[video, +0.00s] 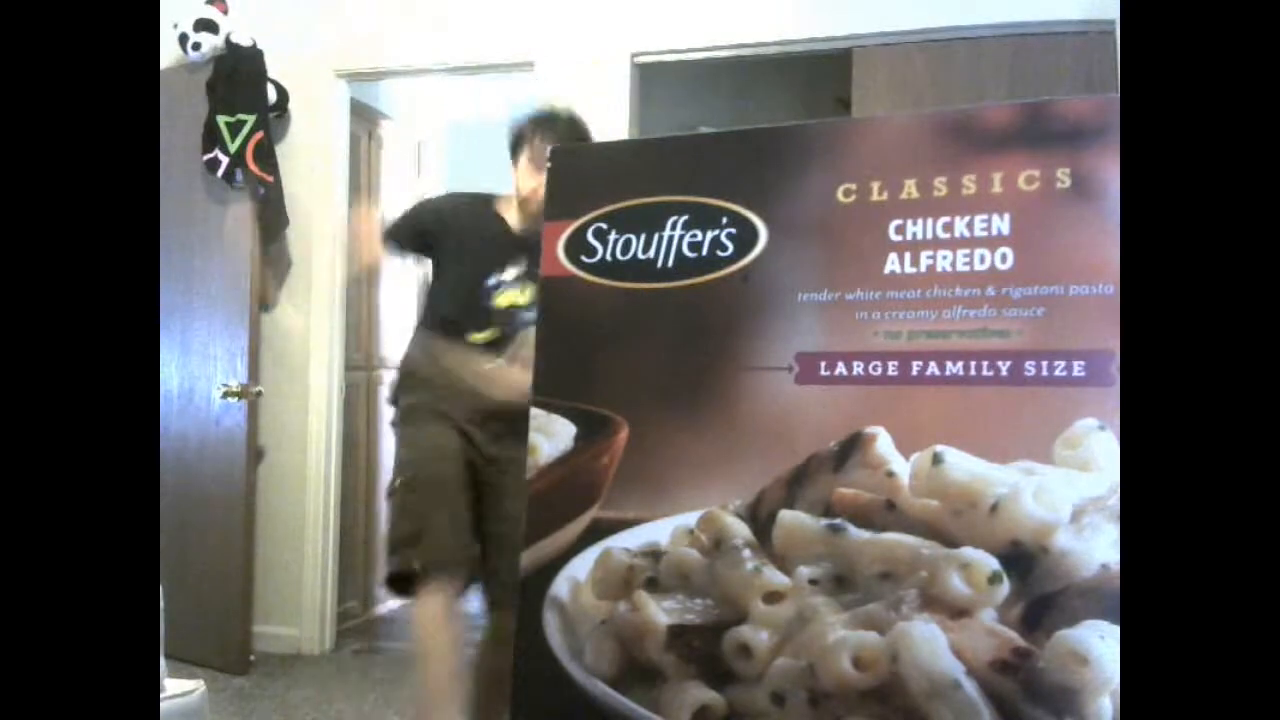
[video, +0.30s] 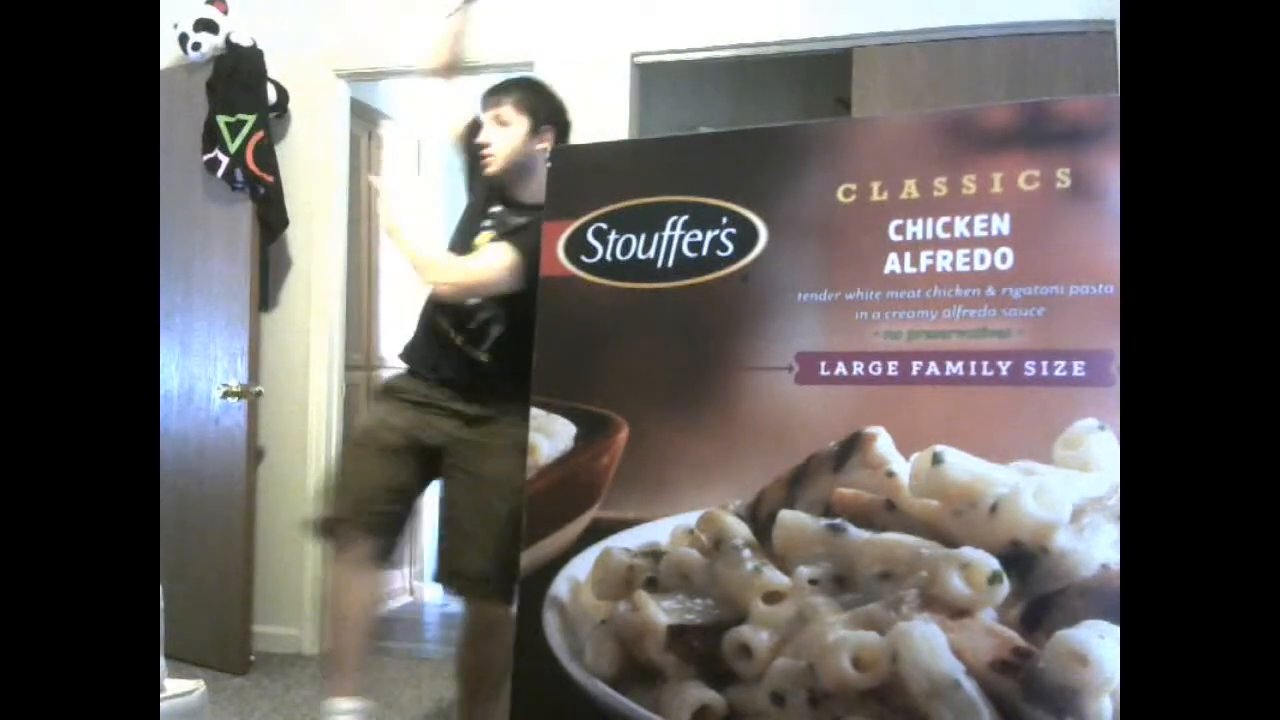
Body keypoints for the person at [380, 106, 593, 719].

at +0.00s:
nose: (545, 179)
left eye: (558, 167)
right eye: (536, 164)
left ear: (576, 175)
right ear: (515, 165)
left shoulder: (571, 245)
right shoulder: (459, 217)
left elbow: (590, 333)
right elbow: (374, 243)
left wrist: (532, 373)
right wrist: (367, 237)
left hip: (509, 419)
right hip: (434, 406)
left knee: (514, 582)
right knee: (441, 568)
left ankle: (499, 709)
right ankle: (443, 711)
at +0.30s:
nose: (480, 135)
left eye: (497, 124)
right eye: (481, 124)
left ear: (542, 139)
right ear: (485, 134)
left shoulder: (551, 227)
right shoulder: (487, 190)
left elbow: (455, 280)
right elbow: (445, 86)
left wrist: (393, 226)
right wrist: (456, 33)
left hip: (496, 418)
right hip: (416, 396)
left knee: (487, 586)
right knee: (354, 532)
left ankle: (478, 713)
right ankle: (344, 701)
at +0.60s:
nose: (489, 141)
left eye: (505, 129)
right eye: (491, 129)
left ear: (548, 145)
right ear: (491, 139)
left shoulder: (561, 238)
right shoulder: (475, 185)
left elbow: (471, 307)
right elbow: (395, 122)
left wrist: (394, 257)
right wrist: (398, 50)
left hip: (490, 429)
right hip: (412, 407)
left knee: (474, 603)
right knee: (335, 561)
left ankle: (477, 719)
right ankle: (325, 712)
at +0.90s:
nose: (456, 139)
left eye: (471, 128)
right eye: (463, 126)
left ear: (512, 144)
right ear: (496, 141)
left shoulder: (535, 236)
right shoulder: (464, 186)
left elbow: (430, 308)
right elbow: (400, 117)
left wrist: (383, 266)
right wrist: (388, 37)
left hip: (488, 434)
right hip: (408, 416)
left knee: (468, 607)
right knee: (340, 576)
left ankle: (474, 719)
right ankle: (330, 715)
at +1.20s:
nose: (436, 130)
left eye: (447, 116)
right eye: (442, 115)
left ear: (483, 123)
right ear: (487, 125)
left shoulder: (518, 204)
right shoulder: (467, 196)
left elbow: (431, 256)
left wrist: (353, 267)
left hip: (479, 418)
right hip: (413, 407)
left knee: (449, 596)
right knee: (364, 577)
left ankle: (472, 716)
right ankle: (337, 714)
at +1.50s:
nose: (432, 146)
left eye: (447, 136)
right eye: (437, 135)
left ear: (485, 152)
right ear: (470, 151)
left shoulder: (515, 235)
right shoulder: (438, 201)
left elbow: (420, 230)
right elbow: (370, 161)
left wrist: (372, 166)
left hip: (454, 438)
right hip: (382, 424)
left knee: (464, 599)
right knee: (284, 543)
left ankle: (477, 717)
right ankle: (281, 707)